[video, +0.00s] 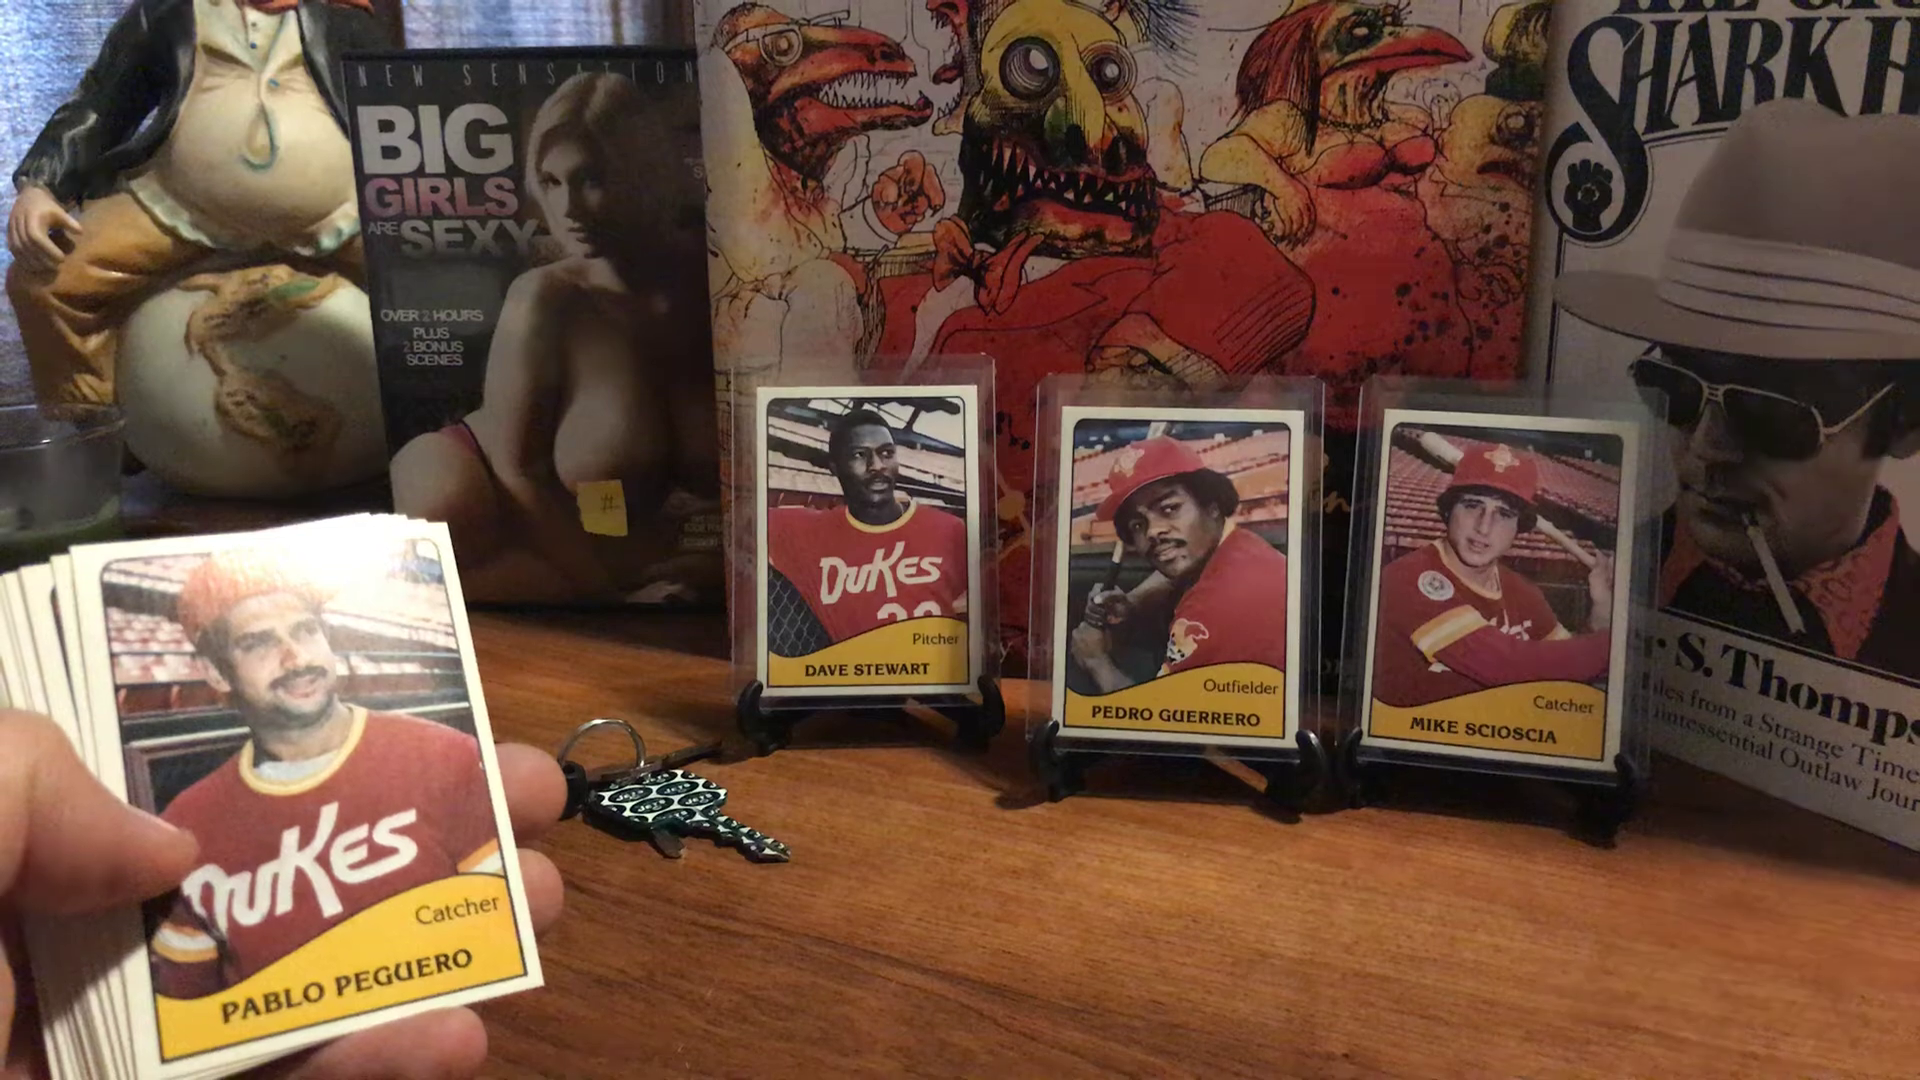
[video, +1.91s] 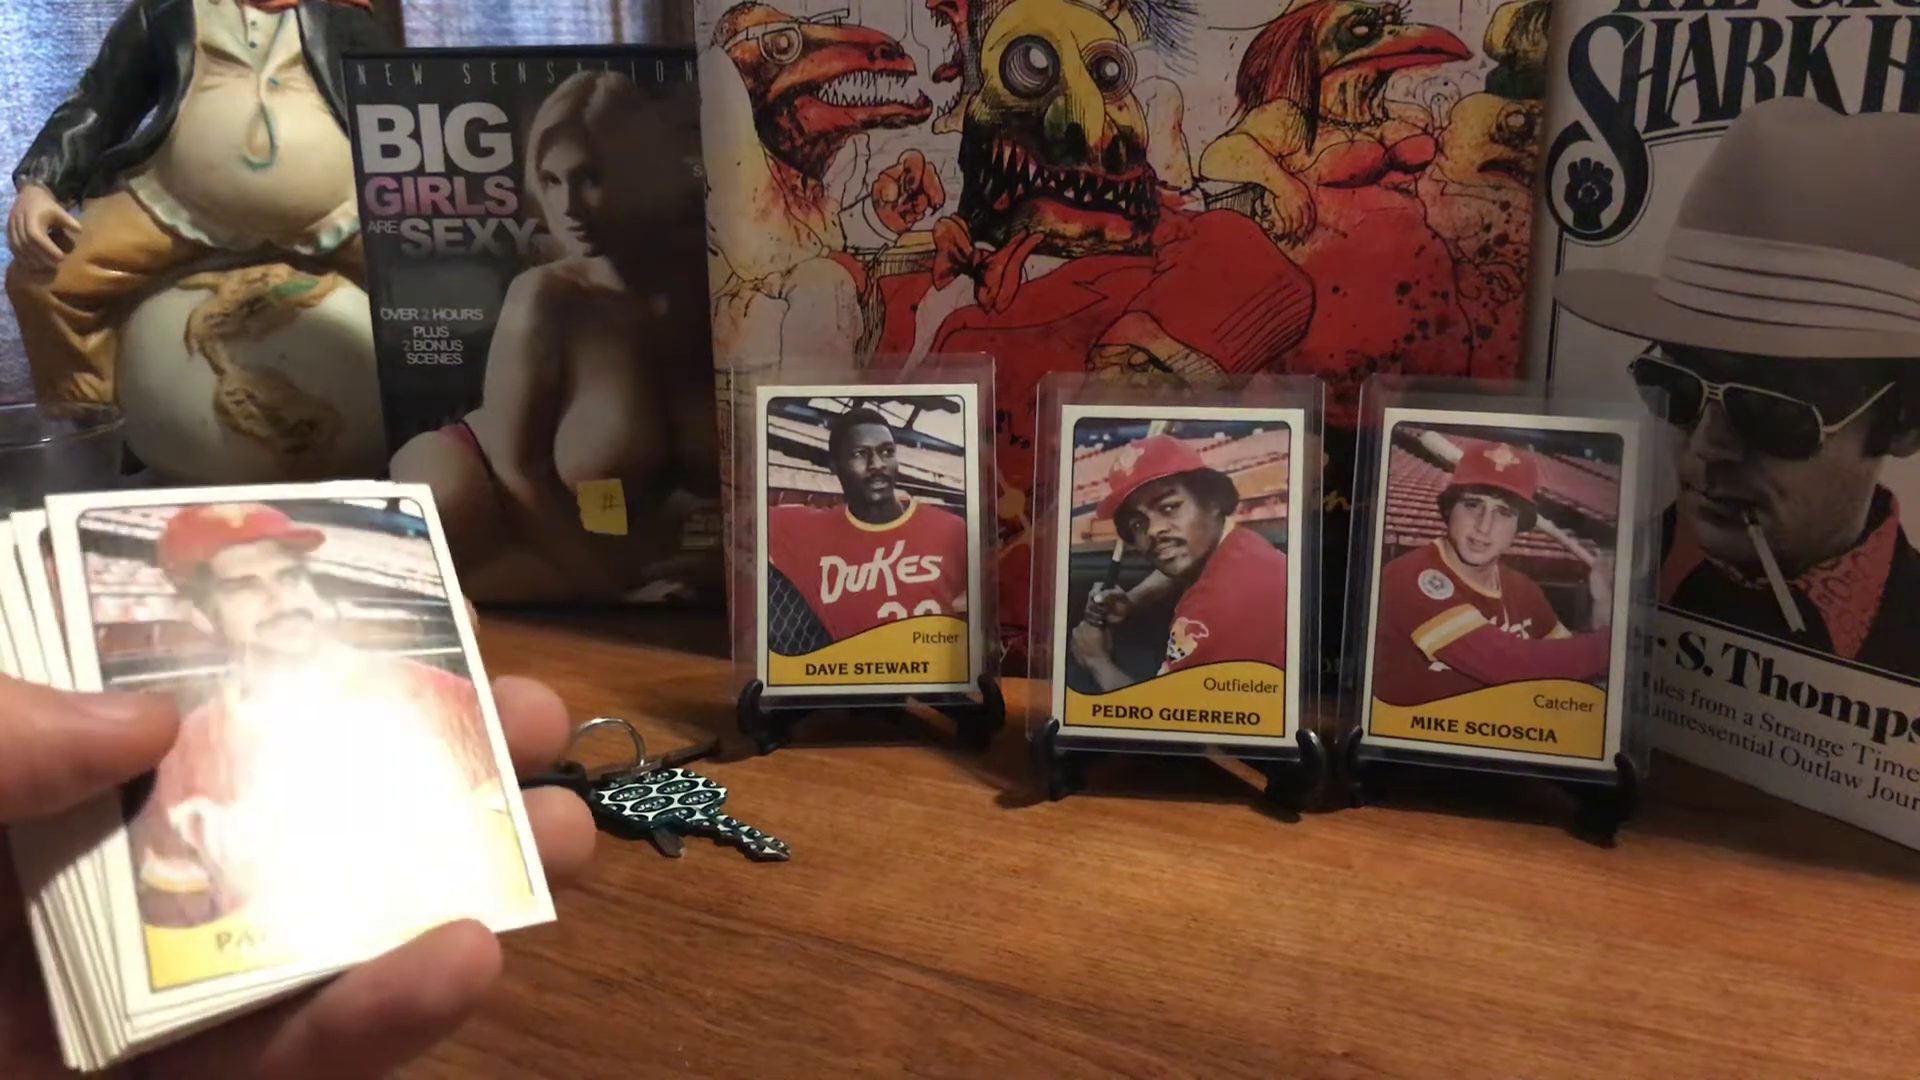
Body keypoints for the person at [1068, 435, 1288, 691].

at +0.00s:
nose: (1154, 531)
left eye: (1169, 508)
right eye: (1138, 525)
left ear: (1212, 507)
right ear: (1133, 543)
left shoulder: (1214, 608)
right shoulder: (1245, 545)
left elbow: (1160, 722)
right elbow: (1183, 568)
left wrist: (1097, 662)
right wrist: (1132, 604)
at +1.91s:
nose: (1155, 530)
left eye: (1169, 507)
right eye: (1139, 523)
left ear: (1212, 503)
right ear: (1133, 540)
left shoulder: (1211, 608)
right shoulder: (1247, 544)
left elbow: (1161, 718)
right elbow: (1185, 563)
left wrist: (1098, 662)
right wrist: (1132, 601)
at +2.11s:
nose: (1155, 530)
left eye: (1169, 508)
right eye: (1139, 523)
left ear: (1212, 503)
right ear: (1134, 540)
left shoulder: (1210, 609)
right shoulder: (1247, 544)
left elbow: (1160, 718)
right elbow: (1184, 564)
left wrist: (1097, 661)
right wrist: (1132, 602)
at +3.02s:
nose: (1155, 531)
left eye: (1169, 509)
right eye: (1139, 524)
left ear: (1212, 504)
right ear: (1132, 540)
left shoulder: (1209, 612)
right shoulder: (1247, 545)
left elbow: (1161, 721)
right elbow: (1184, 564)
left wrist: (1097, 662)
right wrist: (1133, 602)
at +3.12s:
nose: (1155, 530)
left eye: (1169, 508)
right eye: (1139, 523)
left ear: (1212, 503)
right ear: (1132, 539)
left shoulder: (1208, 611)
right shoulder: (1247, 544)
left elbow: (1160, 719)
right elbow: (1184, 563)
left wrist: (1097, 661)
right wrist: (1133, 601)